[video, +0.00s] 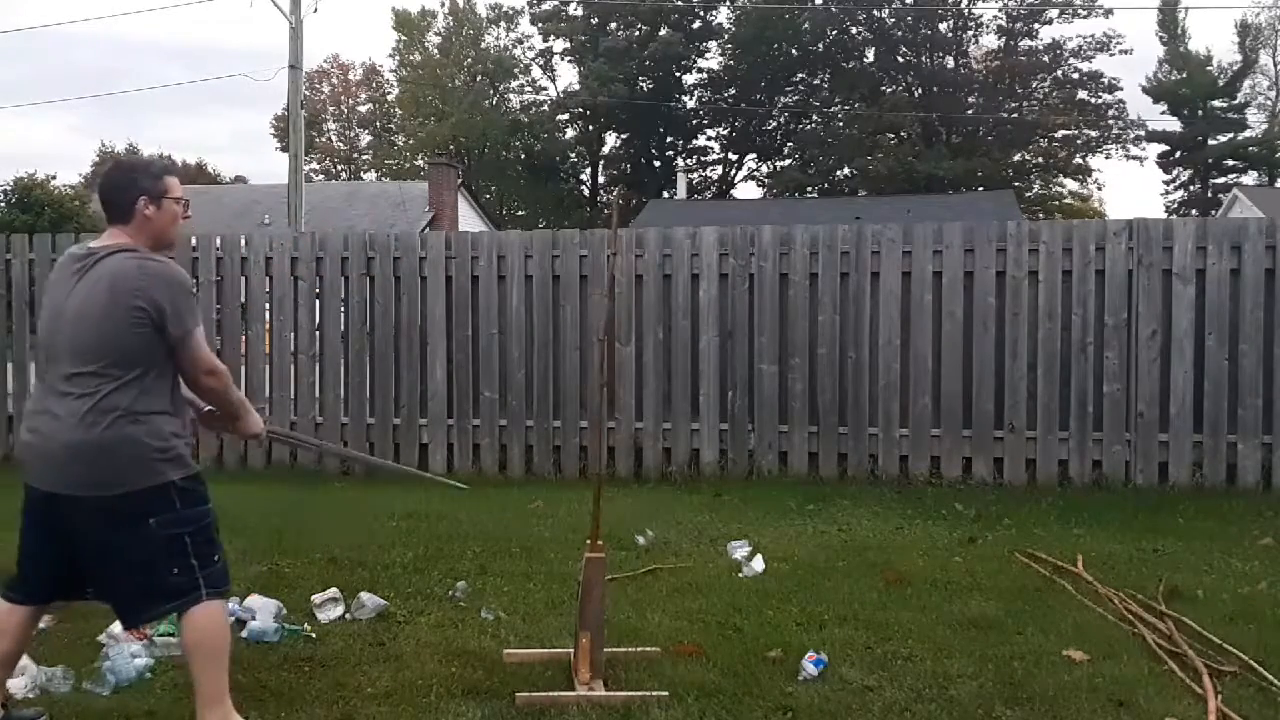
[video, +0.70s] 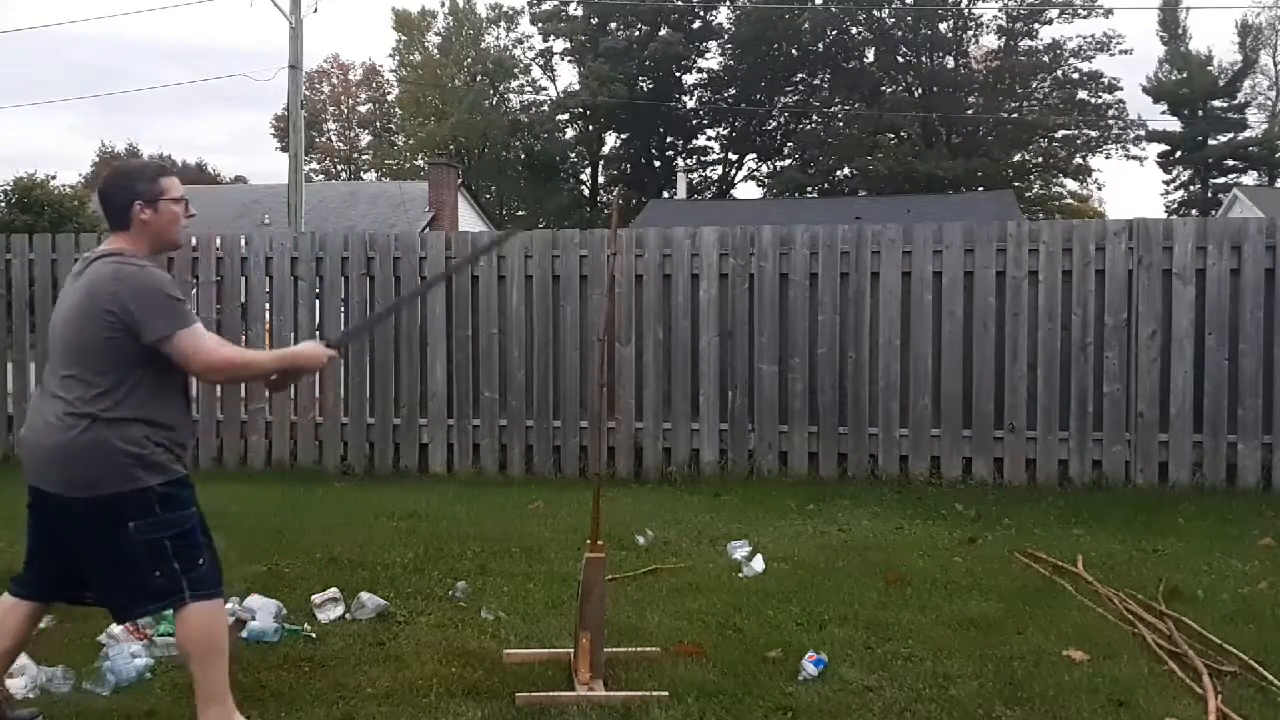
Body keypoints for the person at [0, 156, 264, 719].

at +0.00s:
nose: (186, 216)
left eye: (186, 204)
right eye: (179, 204)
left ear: (122, 211)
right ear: (144, 208)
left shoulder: (68, 264)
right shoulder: (162, 276)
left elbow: (104, 360)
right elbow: (203, 369)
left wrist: (178, 399)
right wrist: (243, 414)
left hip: (50, 453)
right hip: (138, 456)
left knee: (26, 591)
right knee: (201, 587)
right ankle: (216, 710)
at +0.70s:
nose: (187, 213)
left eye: (185, 202)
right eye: (178, 203)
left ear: (137, 213)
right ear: (141, 212)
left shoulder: (88, 272)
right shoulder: (142, 281)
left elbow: (187, 350)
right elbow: (210, 361)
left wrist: (265, 362)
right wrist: (293, 358)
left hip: (52, 457)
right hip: (125, 462)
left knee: (33, 585)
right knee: (198, 587)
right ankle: (217, 708)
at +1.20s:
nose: (206, 219)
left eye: (204, 208)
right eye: (196, 209)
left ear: (150, 220)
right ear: (158, 218)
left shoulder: (109, 272)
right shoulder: (162, 283)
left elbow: (235, 304)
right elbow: (264, 328)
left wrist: (320, 315)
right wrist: (346, 313)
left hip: (52, 462)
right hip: (131, 466)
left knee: (40, 588)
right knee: (204, 590)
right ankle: (204, 712)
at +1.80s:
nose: (175, 226)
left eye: (174, 213)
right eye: (167, 216)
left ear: (127, 225)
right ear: (132, 225)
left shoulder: (131, 276)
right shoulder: (99, 277)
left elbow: (215, 225)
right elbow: (186, 235)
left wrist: (229, 166)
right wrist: (196, 143)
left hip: (58, 467)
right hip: (113, 468)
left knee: (35, 589)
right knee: (199, 582)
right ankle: (203, 711)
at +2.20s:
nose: (174, 222)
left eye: (173, 212)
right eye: (160, 212)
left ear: (171, 219)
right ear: (119, 222)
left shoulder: (158, 281)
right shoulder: (87, 290)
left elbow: (203, 206)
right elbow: (132, 234)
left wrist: (171, 147)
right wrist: (119, 142)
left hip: (77, 471)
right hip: (117, 470)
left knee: (48, 595)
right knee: (207, 577)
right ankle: (205, 713)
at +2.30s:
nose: (176, 220)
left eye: (175, 210)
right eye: (162, 211)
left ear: (176, 218)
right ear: (121, 223)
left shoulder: (164, 279)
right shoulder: (89, 292)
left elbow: (205, 205)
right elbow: (133, 235)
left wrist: (173, 145)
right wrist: (121, 146)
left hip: (83, 473)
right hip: (121, 471)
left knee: (50, 597)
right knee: (211, 580)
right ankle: (206, 713)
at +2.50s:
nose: (175, 226)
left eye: (174, 215)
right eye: (164, 216)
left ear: (167, 222)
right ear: (126, 225)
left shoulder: (159, 281)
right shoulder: (89, 291)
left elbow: (203, 207)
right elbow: (137, 232)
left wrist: (179, 146)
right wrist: (129, 142)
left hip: (78, 472)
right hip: (120, 472)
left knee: (48, 597)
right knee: (208, 580)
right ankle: (206, 713)